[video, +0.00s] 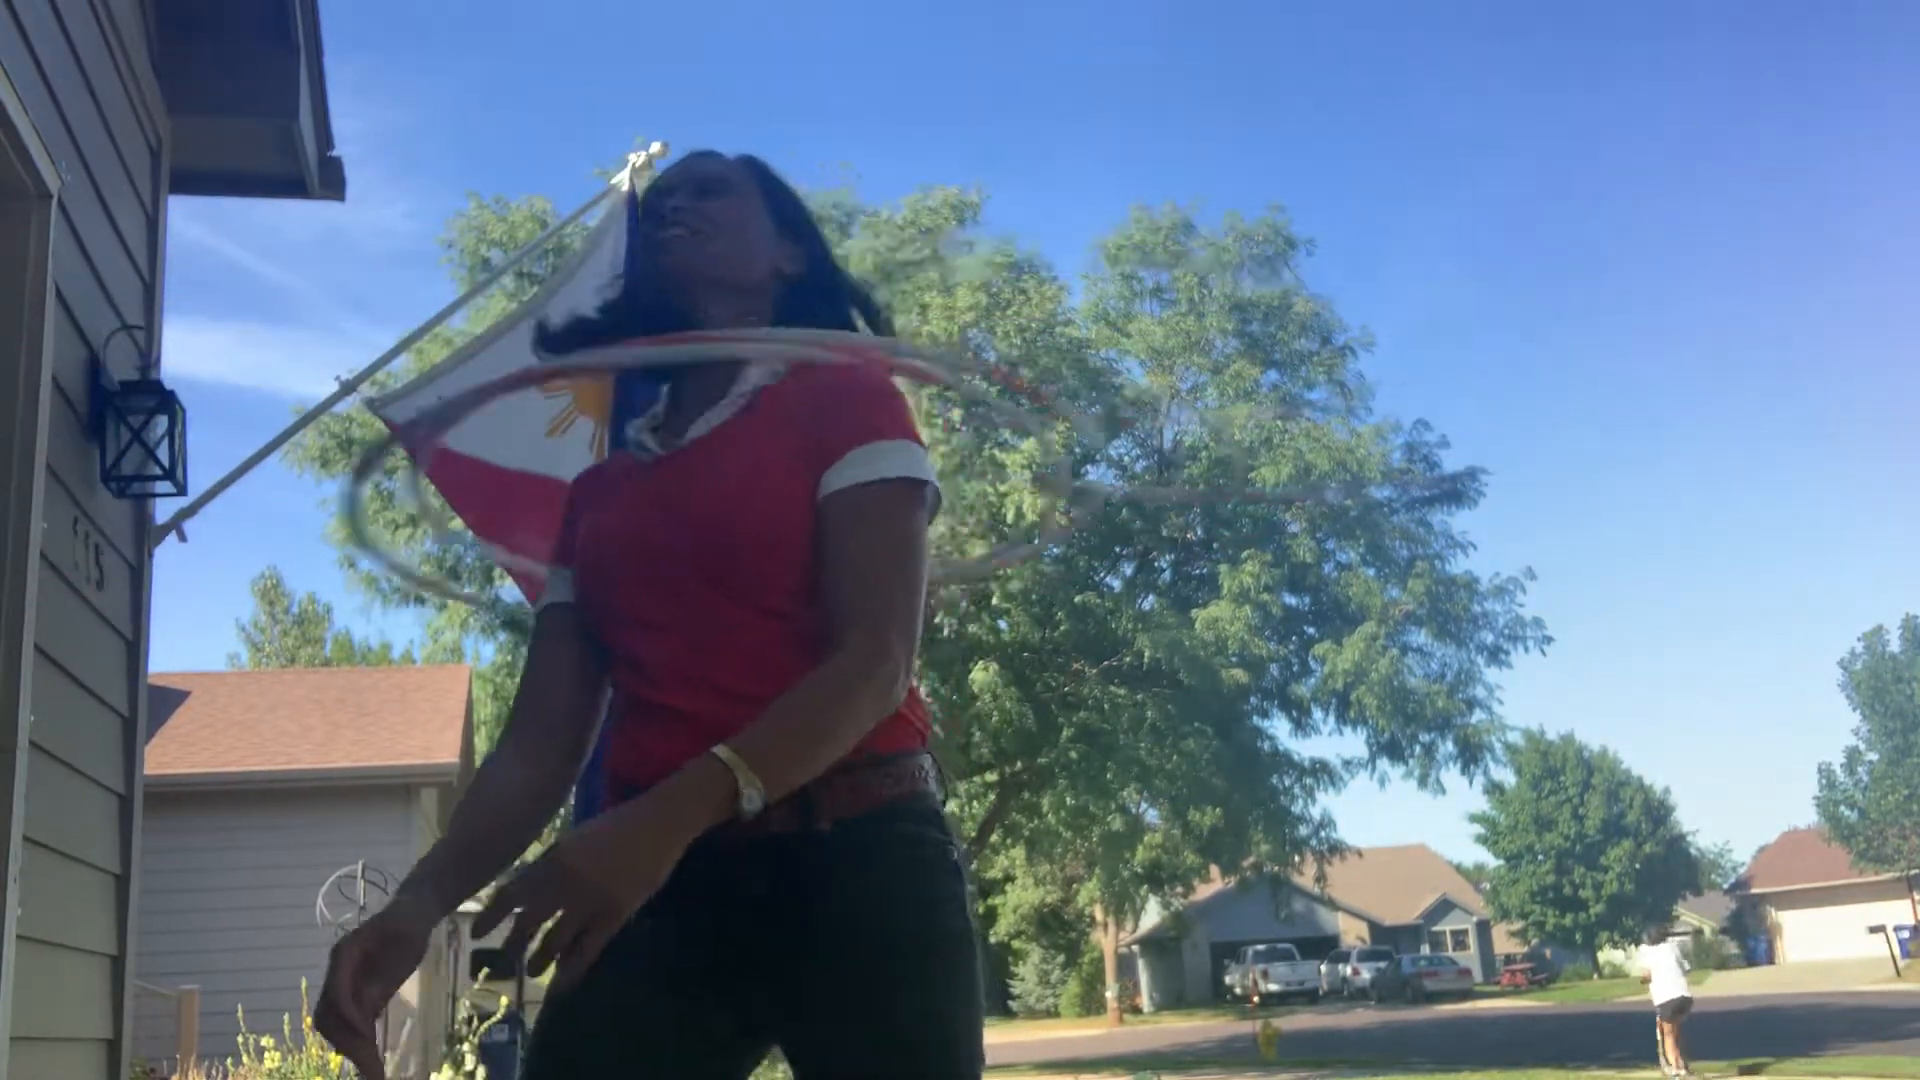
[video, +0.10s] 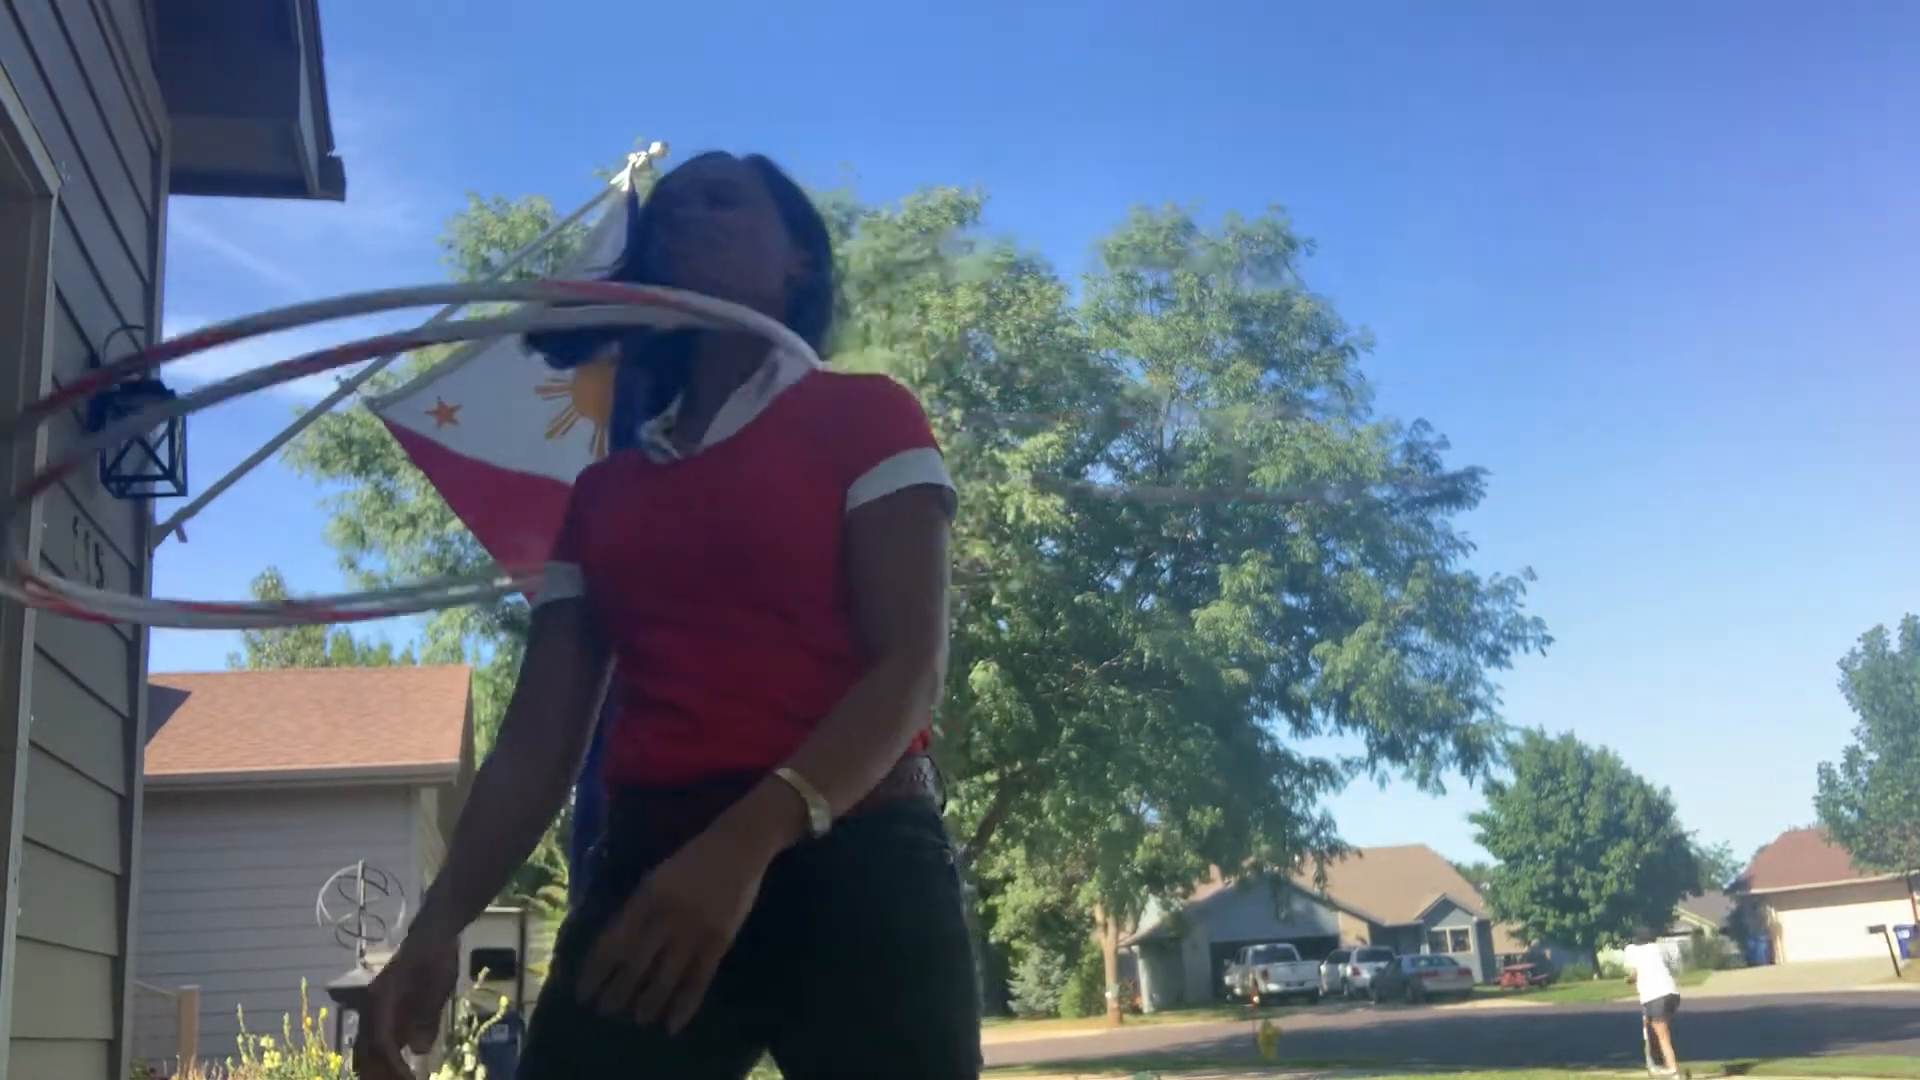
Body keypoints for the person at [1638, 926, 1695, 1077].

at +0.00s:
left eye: (1647, 936)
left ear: (1648, 937)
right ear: (1664, 935)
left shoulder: (1646, 951)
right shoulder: (1672, 946)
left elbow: (1646, 976)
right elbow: (1686, 967)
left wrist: (1644, 979)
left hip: (1666, 996)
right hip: (1684, 993)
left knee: (1669, 1034)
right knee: (1675, 1031)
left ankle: (1675, 1068)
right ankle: (1681, 1065)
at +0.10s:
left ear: (1635, 938)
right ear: (1651, 937)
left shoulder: (1632, 950)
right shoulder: (1657, 948)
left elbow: (1632, 975)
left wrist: (1630, 980)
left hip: (1654, 997)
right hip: (1672, 992)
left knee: (1664, 1039)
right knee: (1660, 1030)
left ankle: (1673, 1070)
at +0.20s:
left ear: (1624, 940)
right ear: (1638, 937)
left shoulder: (1624, 952)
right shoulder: (1647, 948)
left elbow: (1622, 975)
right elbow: (1659, 968)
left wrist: (1619, 980)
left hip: (1644, 993)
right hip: (1659, 990)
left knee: (1653, 1031)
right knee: (1645, 1027)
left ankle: (1669, 1064)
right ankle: (1658, 1063)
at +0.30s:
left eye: (1611, 941)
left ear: (1613, 939)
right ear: (1628, 936)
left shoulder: (1611, 950)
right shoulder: (1637, 946)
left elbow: (1611, 974)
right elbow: (1648, 969)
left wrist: (1612, 978)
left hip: (1631, 992)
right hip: (1648, 989)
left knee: (1639, 1029)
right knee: (1636, 1027)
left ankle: (1656, 1057)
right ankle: (1647, 1063)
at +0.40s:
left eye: (1600, 935)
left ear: (1600, 937)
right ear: (1615, 934)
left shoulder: (1598, 946)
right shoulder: (1627, 946)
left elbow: (1599, 963)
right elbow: (1639, 969)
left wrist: (1601, 976)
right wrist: (1624, 975)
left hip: (1618, 989)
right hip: (1635, 988)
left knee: (1622, 1026)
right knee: (1626, 1026)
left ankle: (1642, 1051)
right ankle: (1635, 1063)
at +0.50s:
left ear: (1591, 937)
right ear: (1606, 937)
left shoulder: (1588, 946)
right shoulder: (1615, 946)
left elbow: (1590, 965)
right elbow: (1627, 968)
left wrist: (1589, 978)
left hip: (1608, 988)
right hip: (1624, 987)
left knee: (1604, 1026)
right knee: (1614, 1026)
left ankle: (1625, 1052)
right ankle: (1619, 1062)